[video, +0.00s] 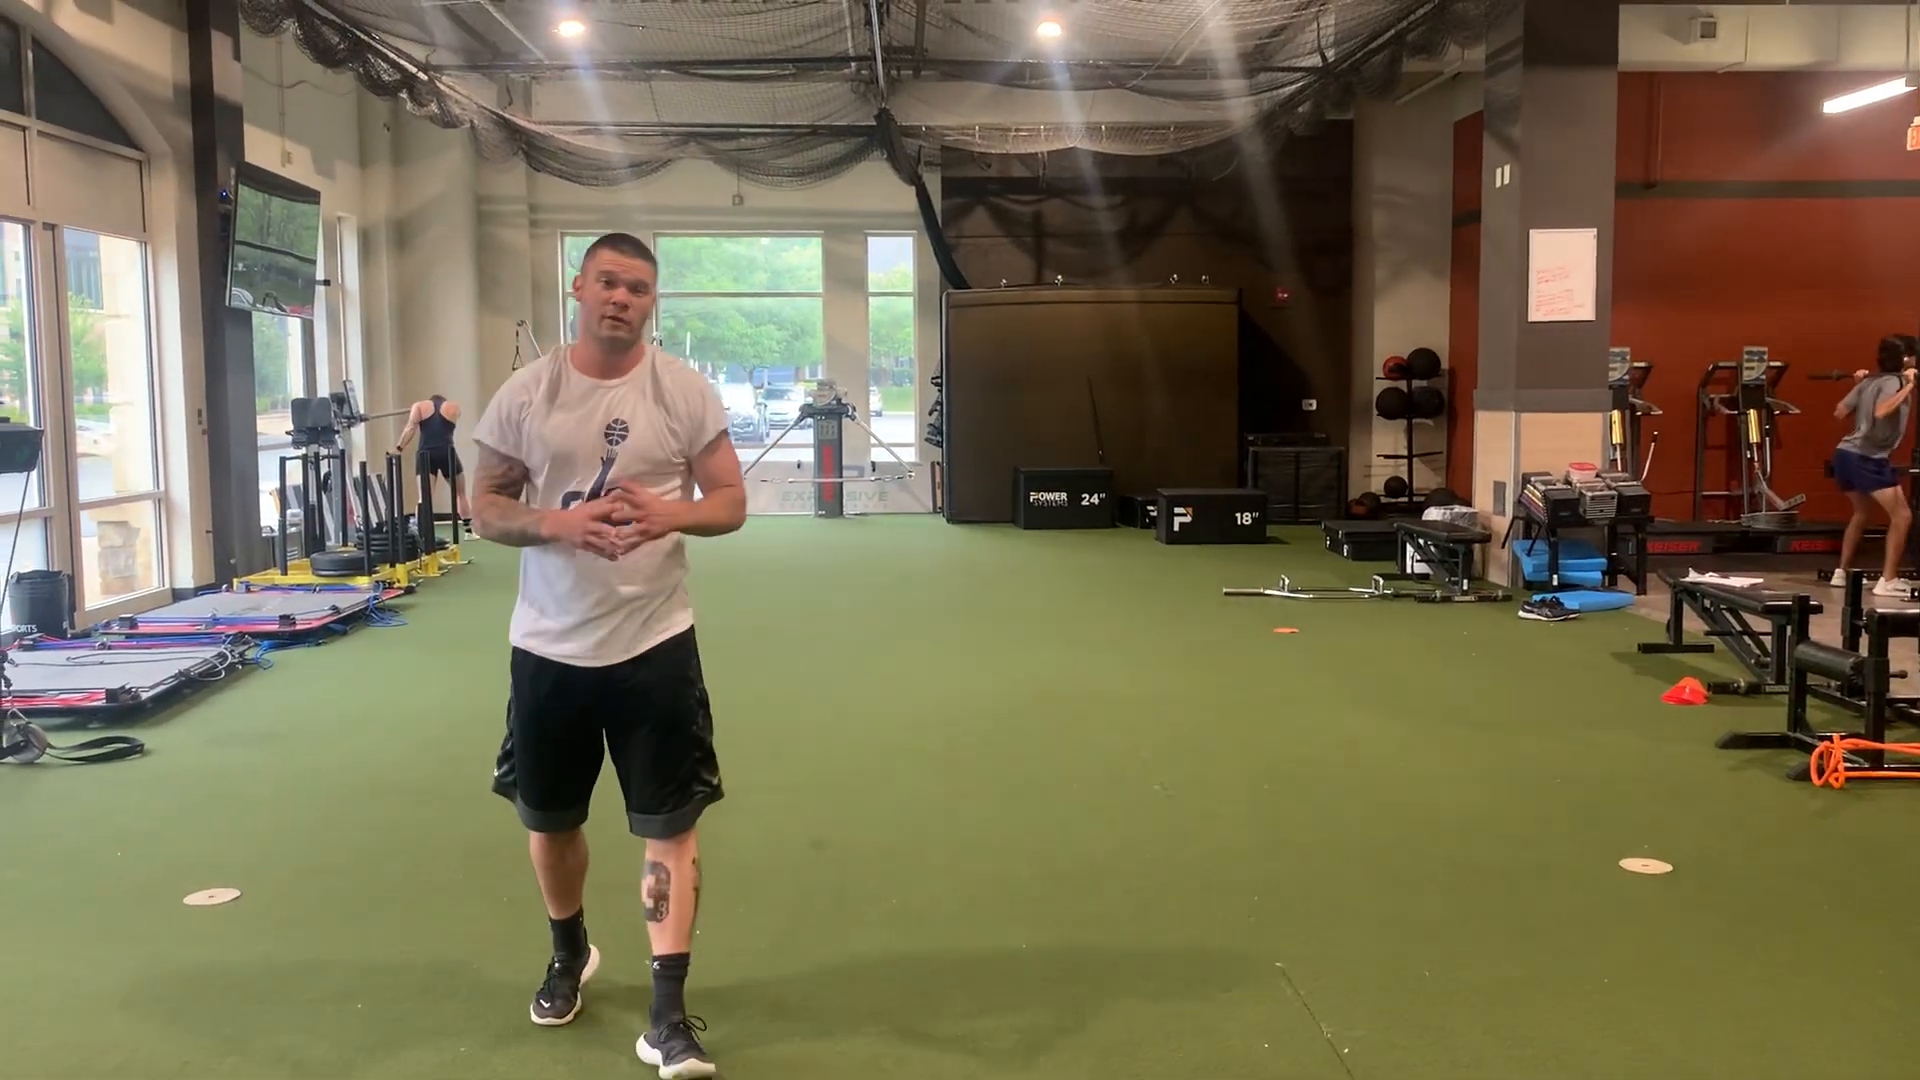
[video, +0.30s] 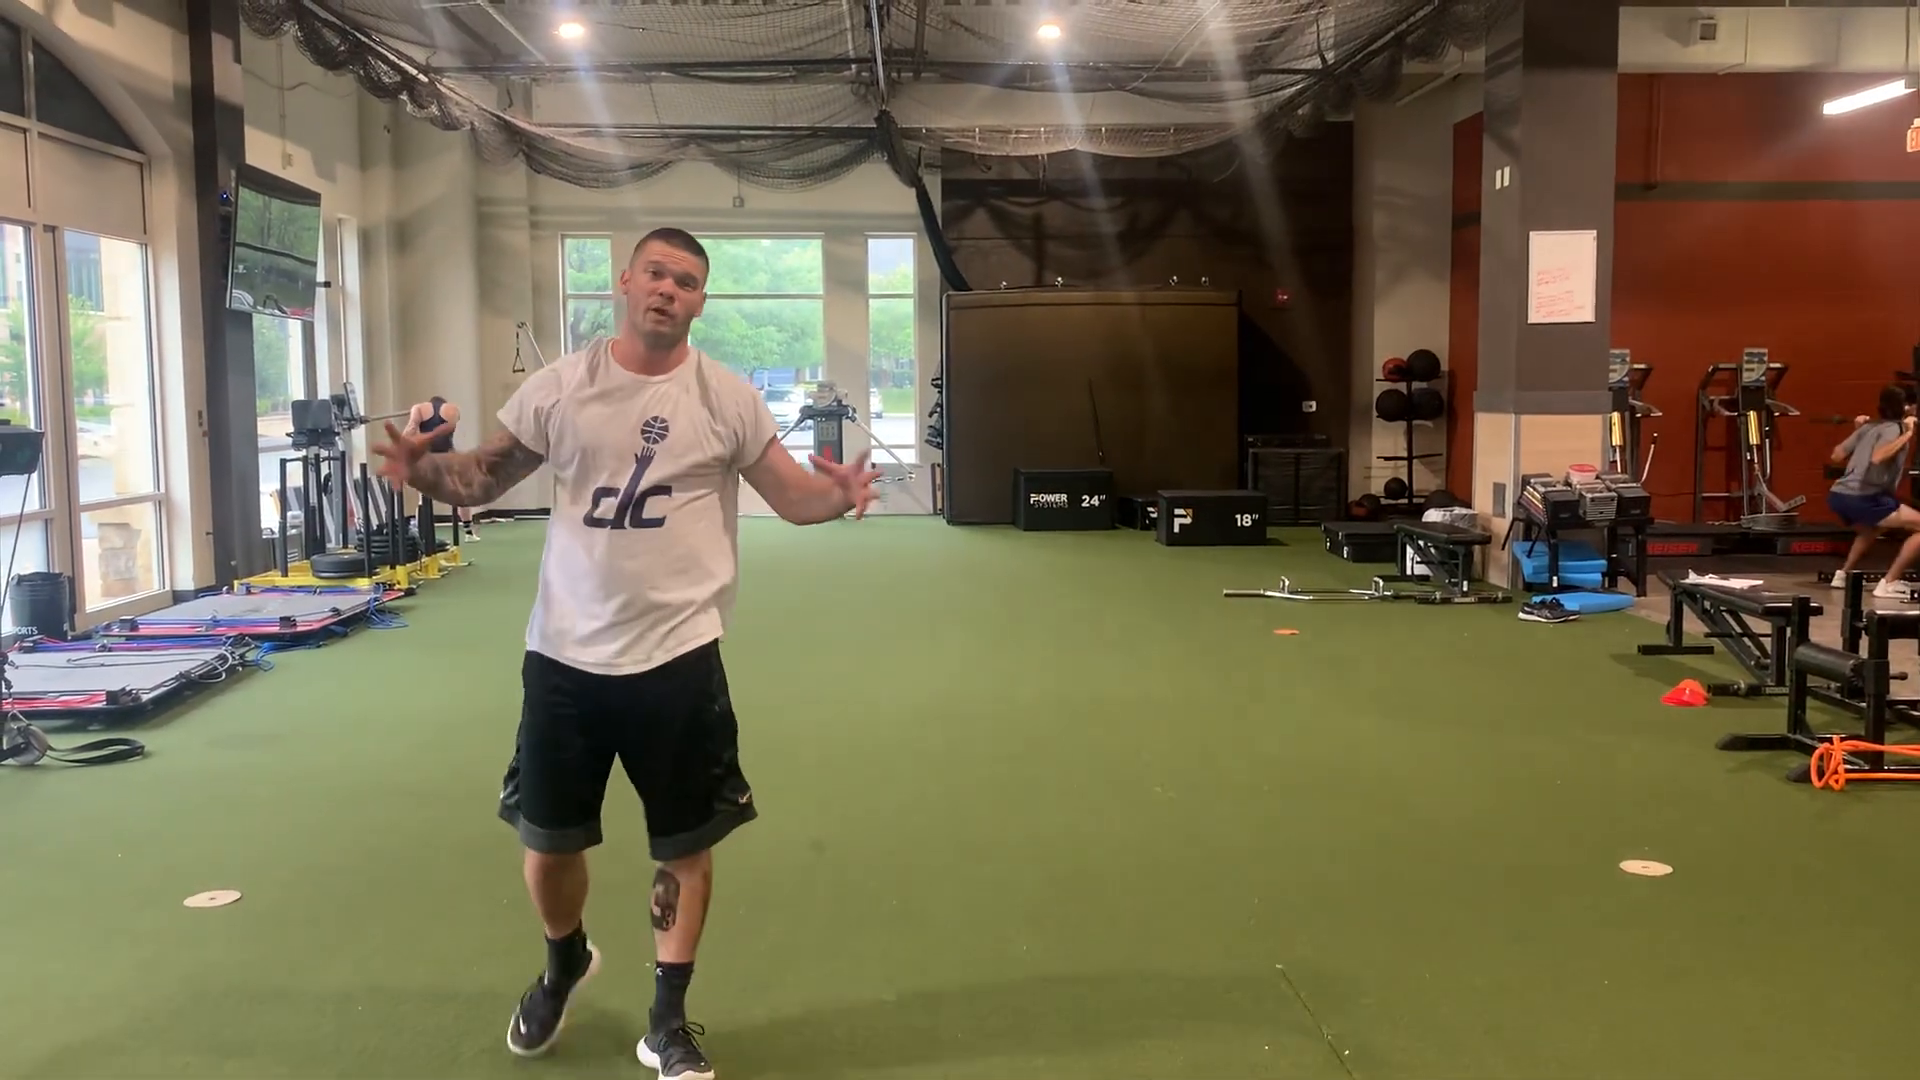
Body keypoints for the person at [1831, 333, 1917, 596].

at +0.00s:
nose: (1915, 362)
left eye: (1915, 358)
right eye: (1913, 358)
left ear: (1883, 359)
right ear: (1904, 360)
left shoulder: (1868, 383)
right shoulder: (1894, 382)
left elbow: (1840, 411)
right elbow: (1881, 411)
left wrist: (1858, 384)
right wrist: (1909, 386)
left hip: (1845, 455)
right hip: (1868, 461)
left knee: (1860, 514)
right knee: (1901, 515)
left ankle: (1841, 572)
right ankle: (1889, 579)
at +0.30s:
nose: (1913, 410)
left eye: (1913, 405)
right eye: (1911, 405)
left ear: (1882, 407)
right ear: (1904, 409)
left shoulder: (1867, 428)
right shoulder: (1894, 429)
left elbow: (1837, 456)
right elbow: (1877, 457)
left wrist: (1858, 430)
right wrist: (1908, 434)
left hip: (1838, 496)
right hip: (1864, 499)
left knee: (1871, 531)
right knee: (1917, 523)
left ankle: (1843, 574)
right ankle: (1889, 582)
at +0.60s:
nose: (1912, 432)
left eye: (1911, 428)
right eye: (1910, 428)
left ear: (1881, 430)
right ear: (1902, 431)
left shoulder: (1864, 450)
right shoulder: (1890, 452)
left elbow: (1833, 478)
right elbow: (1875, 481)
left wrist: (1854, 452)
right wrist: (1905, 458)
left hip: (1833, 516)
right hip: (1857, 520)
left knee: (1874, 533)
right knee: (1917, 531)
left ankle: (1840, 577)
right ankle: (1886, 585)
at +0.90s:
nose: (1905, 408)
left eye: (1906, 404)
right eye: (1904, 403)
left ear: (1876, 404)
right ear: (1895, 405)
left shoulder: (1861, 425)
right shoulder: (1886, 426)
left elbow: (1830, 452)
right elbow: (1872, 455)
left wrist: (1850, 427)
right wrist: (1901, 432)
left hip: (1833, 492)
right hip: (1854, 497)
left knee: (1862, 532)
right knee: (1913, 532)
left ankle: (1834, 581)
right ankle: (1879, 589)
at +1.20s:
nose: (1904, 366)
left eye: (1904, 362)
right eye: (1901, 362)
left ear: (1874, 363)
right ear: (1893, 364)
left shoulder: (1859, 388)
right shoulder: (1884, 387)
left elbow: (1831, 417)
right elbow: (1873, 416)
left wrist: (1848, 388)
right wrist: (1900, 389)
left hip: (1837, 460)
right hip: (1859, 465)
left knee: (1843, 523)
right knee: (1880, 524)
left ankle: (1828, 581)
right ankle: (1874, 589)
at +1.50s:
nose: (1899, 390)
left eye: (1898, 386)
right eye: (1896, 386)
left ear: (1869, 388)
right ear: (1888, 389)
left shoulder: (1855, 411)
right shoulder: (1881, 411)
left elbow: (1826, 438)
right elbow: (1867, 440)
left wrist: (1843, 412)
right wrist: (1895, 415)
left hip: (1832, 480)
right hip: (1853, 485)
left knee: (1851, 533)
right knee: (1900, 532)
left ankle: (1827, 584)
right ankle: (1873, 592)